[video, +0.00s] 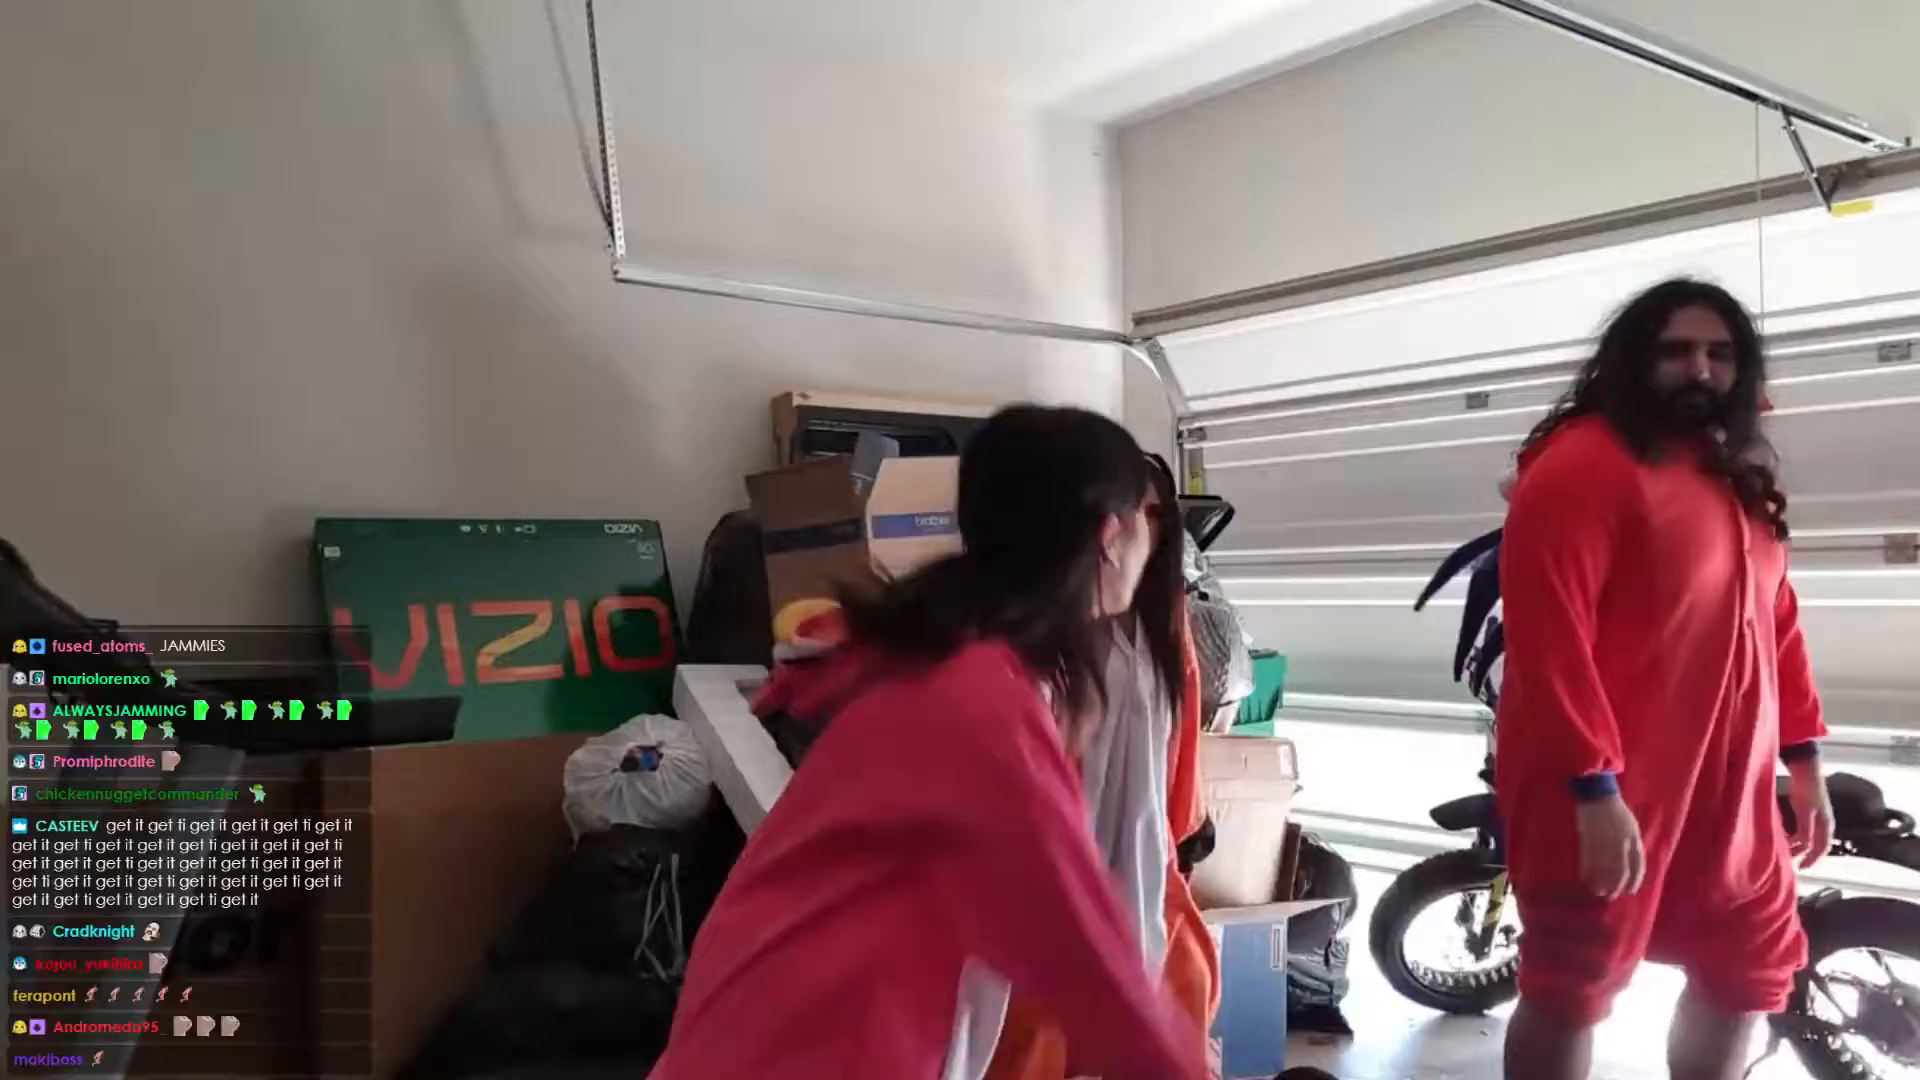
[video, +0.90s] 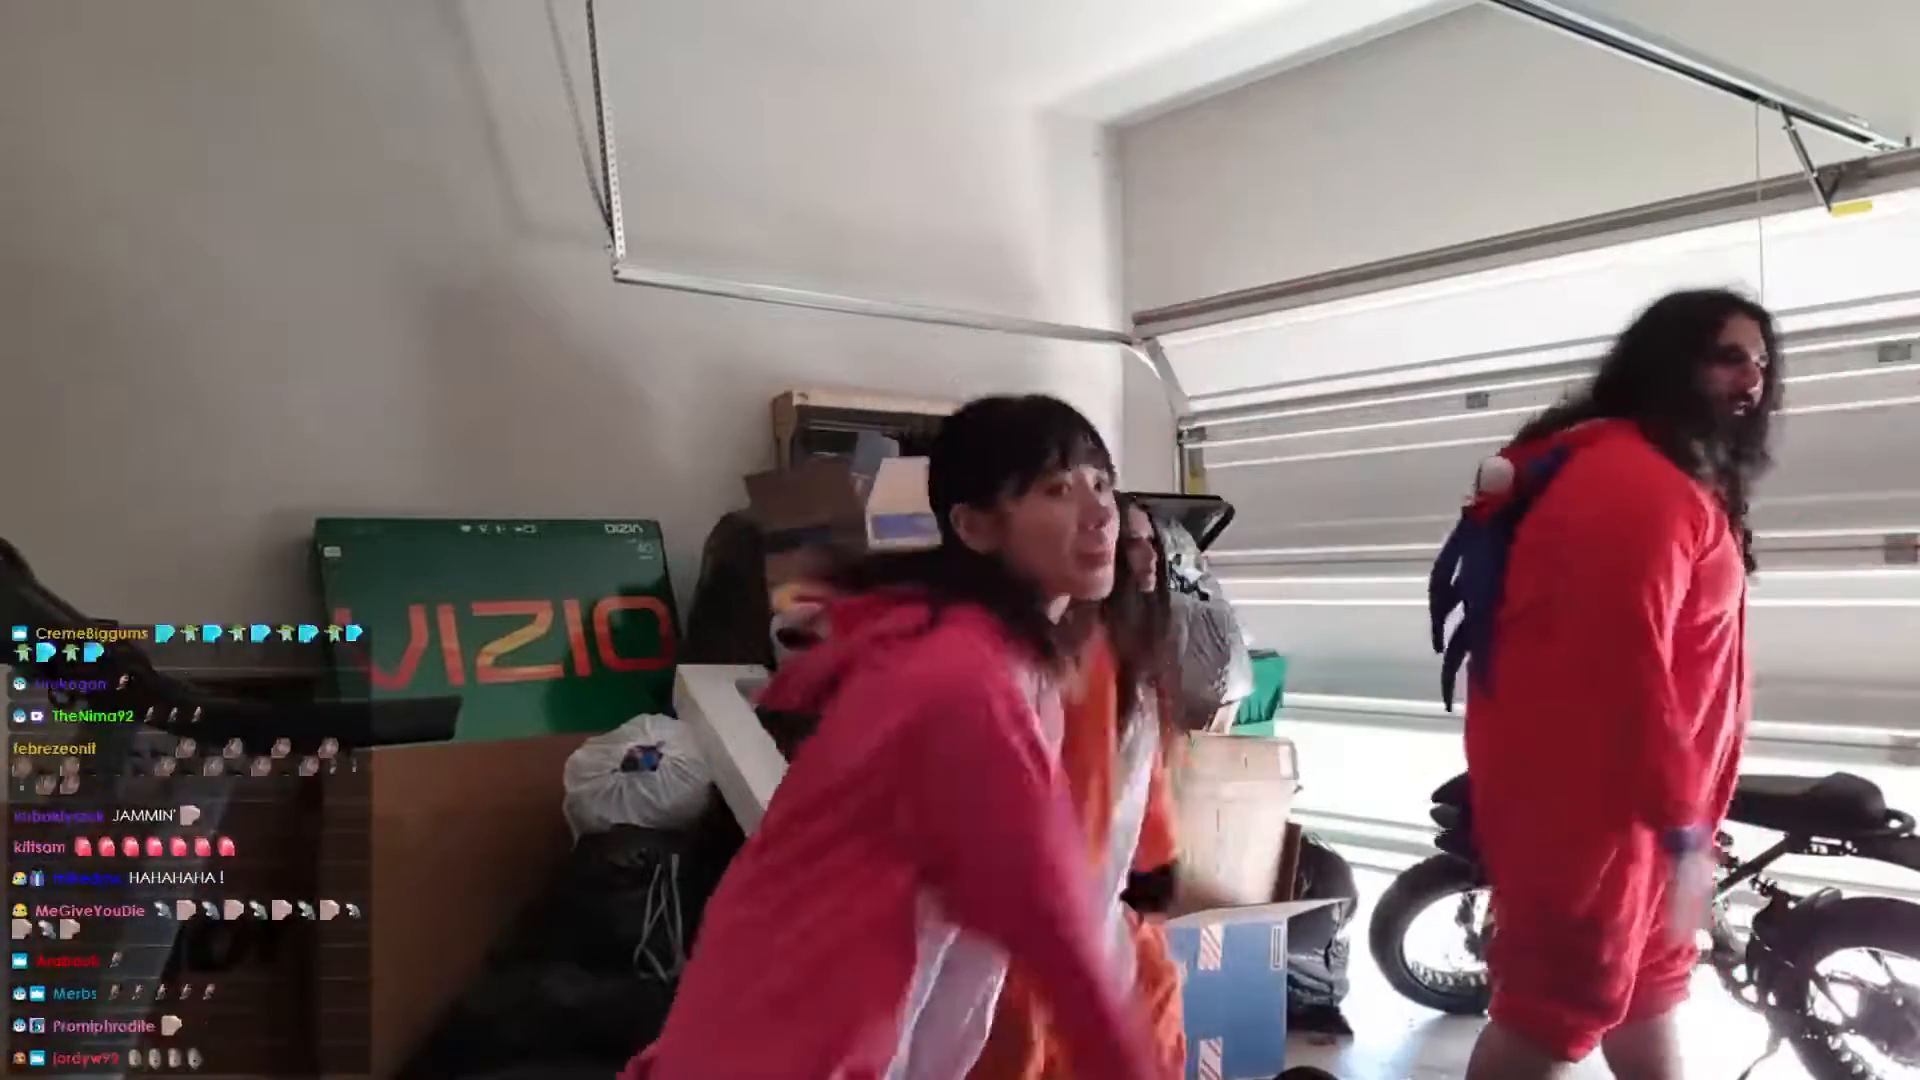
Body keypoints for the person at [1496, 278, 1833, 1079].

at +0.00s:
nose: (1699, 370)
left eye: (1719, 353)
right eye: (1676, 351)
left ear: (1743, 371)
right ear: (1634, 362)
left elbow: (1777, 624)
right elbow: (1545, 633)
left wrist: (1804, 756)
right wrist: (1593, 789)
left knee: (1742, 978)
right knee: (1567, 1000)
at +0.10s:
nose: (1726, 378)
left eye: (1746, 362)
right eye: (1702, 359)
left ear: (1766, 382)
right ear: (1659, 369)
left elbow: (1757, 646)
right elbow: (1577, 644)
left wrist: (1773, 770)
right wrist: (1617, 804)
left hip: (1726, 803)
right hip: (1621, 807)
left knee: (1709, 1002)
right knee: (1597, 1016)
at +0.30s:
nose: (1701, 372)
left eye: (1714, 356)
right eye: (1676, 352)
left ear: (1727, 373)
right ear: (1625, 361)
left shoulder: (1688, 467)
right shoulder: (1610, 462)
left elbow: (1755, 562)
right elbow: (1735, 570)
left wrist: (1875, 567)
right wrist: (1899, 599)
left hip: (1713, 783)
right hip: (1617, 794)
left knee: (1702, 986)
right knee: (1562, 1007)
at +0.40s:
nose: (1693, 382)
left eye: (1706, 366)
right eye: (1667, 362)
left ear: (1719, 383)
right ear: (1613, 371)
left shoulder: (1693, 468)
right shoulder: (1599, 470)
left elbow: (1809, 492)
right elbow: (1774, 512)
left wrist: (1893, 466)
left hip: (1714, 787)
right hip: (1616, 802)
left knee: (1729, 983)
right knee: (1571, 1015)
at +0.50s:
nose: (1695, 400)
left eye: (1708, 382)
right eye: (1668, 376)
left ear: (1721, 398)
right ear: (1613, 388)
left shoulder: (1671, 481)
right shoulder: (1592, 489)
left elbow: (1748, 454)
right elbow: (1778, 463)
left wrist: (1817, 357)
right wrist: (1900, 304)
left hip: (1708, 801)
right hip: (1614, 816)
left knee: (1753, 990)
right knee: (1592, 1028)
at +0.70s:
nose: (1695, 368)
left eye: (1706, 351)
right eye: (1667, 348)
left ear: (1718, 367)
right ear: (1611, 357)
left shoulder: (1667, 460)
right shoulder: (1586, 455)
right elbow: (1763, 512)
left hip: (1696, 785)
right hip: (1603, 796)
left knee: (1693, 990)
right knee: (1565, 1018)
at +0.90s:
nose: (1753, 384)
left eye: (1761, 367)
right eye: (1730, 360)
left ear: (1769, 381)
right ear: (1672, 364)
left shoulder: (1684, 483)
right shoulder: (1629, 485)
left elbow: (1672, 661)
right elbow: (1625, 663)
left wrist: (1702, 804)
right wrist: (1682, 825)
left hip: (1649, 798)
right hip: (1580, 796)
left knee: (1646, 1005)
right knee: (1545, 1022)